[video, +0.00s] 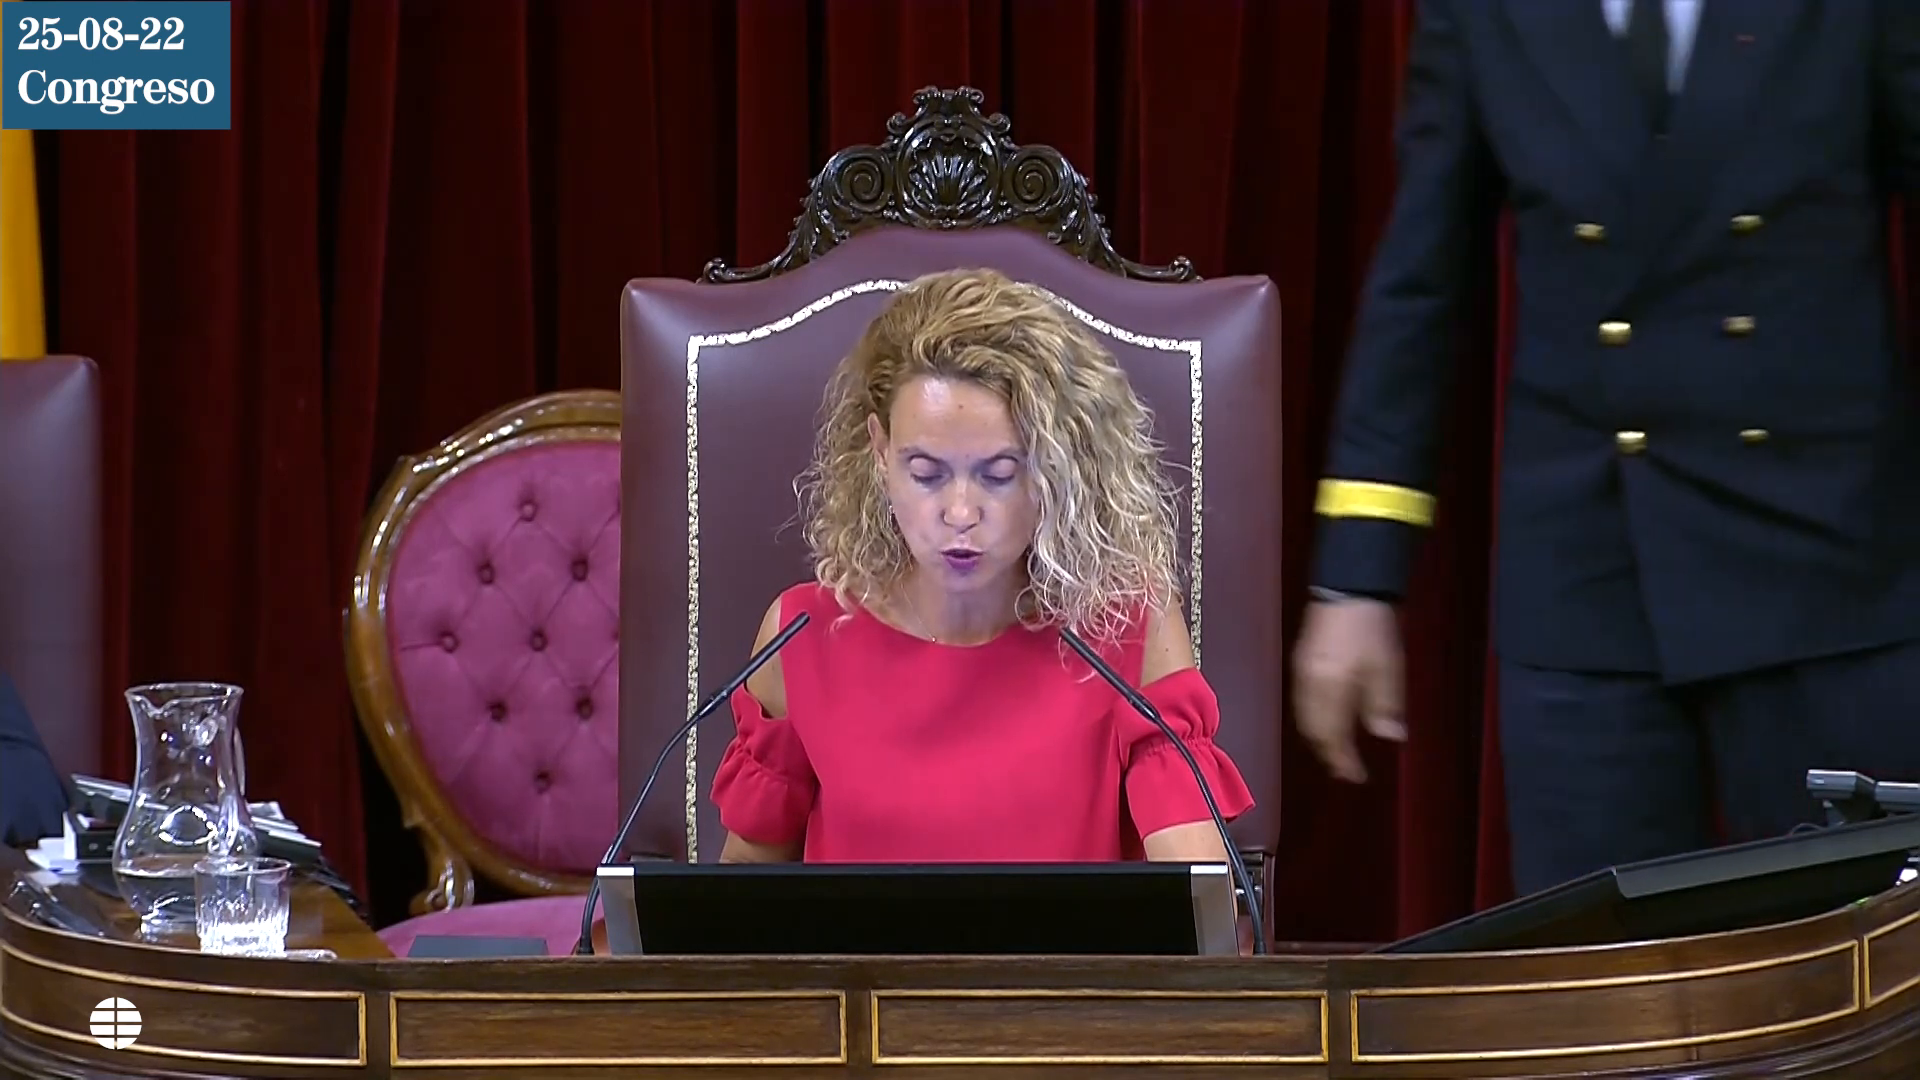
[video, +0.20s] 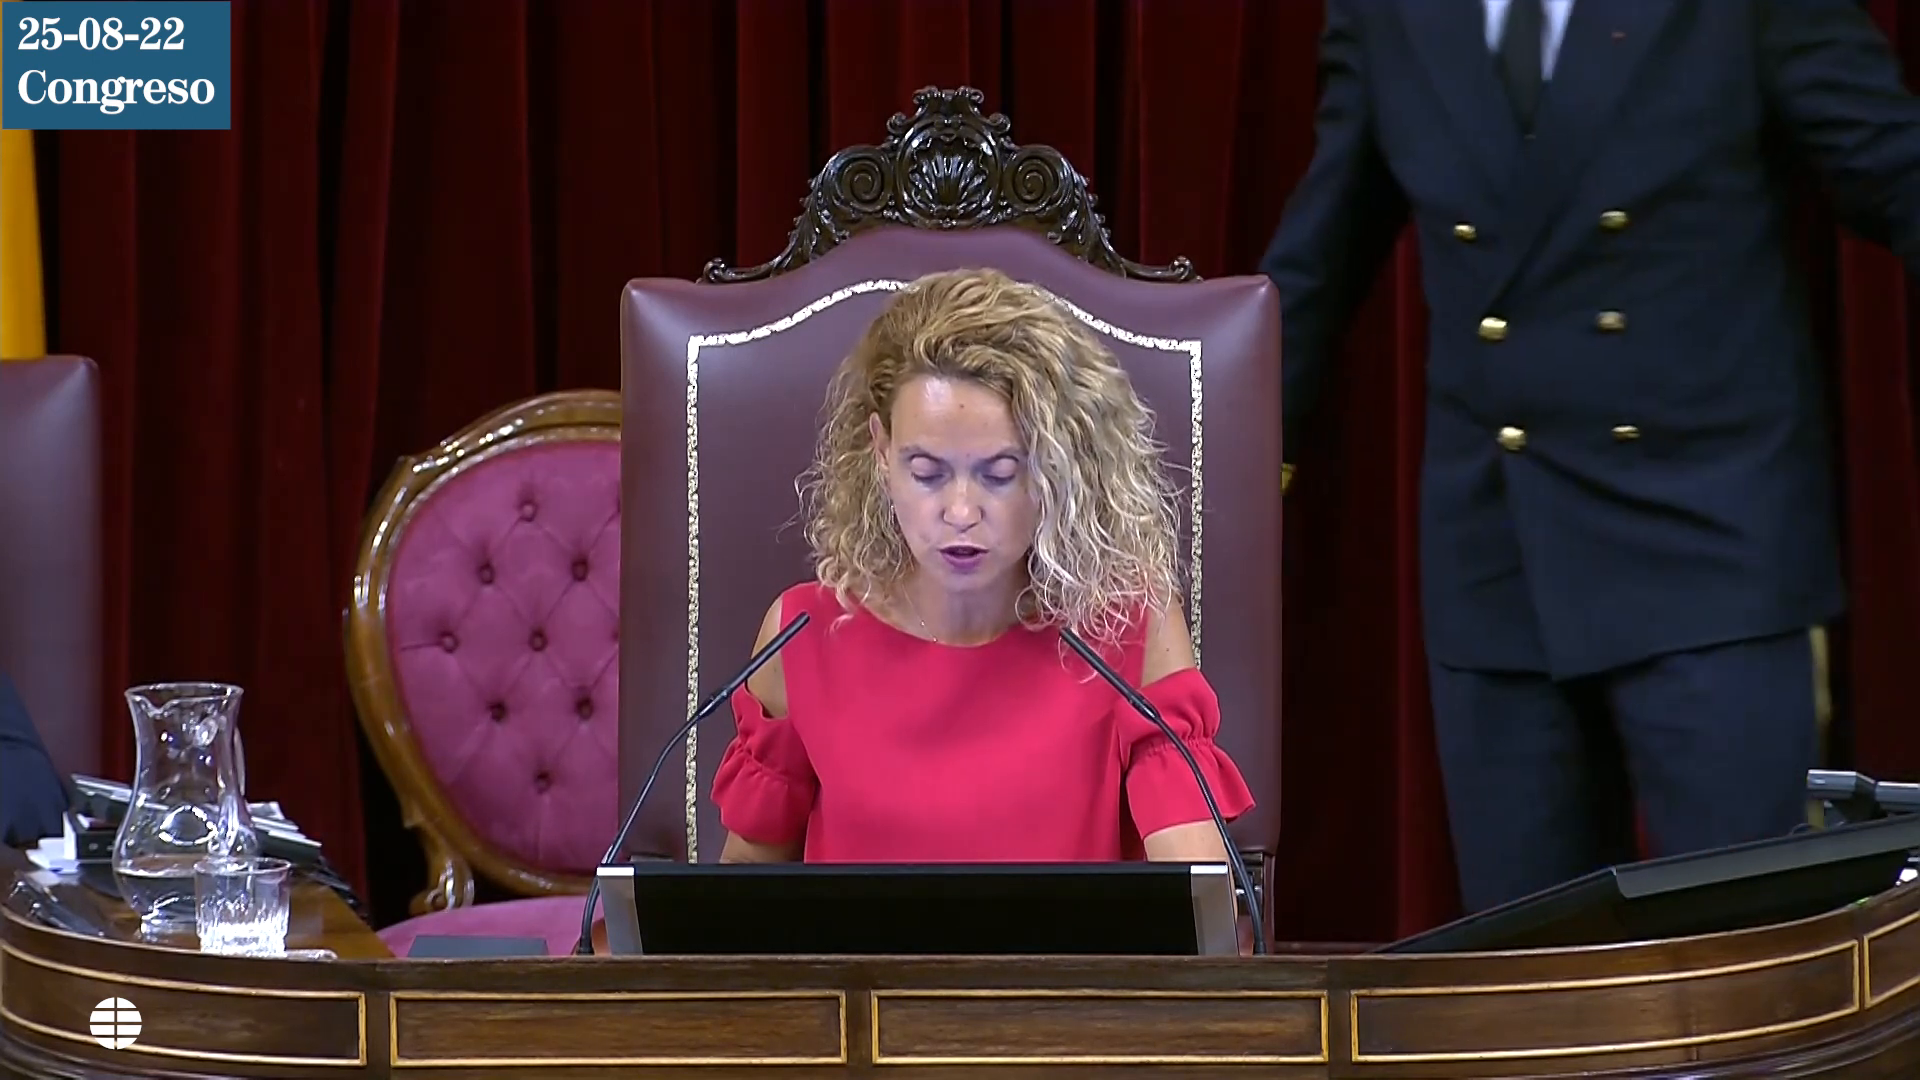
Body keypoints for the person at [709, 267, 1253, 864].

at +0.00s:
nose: (961, 512)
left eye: (999, 473)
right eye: (928, 471)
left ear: (1059, 465)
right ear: (879, 452)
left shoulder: (1128, 622)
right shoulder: (804, 631)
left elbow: (1203, 897)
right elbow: (749, 874)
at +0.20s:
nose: (961, 512)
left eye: (999, 473)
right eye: (928, 471)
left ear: (1058, 470)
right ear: (881, 458)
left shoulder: (1129, 622)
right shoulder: (806, 631)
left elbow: (1201, 893)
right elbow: (750, 875)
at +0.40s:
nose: (963, 511)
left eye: (1001, 472)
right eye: (929, 471)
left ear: (1060, 469)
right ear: (882, 459)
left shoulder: (1130, 621)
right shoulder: (805, 628)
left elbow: (1200, 894)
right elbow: (744, 884)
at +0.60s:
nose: (963, 510)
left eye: (1001, 472)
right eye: (929, 471)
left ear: (1060, 470)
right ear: (882, 460)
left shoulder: (1130, 621)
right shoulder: (805, 626)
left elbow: (1202, 894)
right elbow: (735, 874)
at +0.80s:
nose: (963, 512)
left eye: (1001, 473)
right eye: (930, 472)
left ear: (1061, 468)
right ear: (882, 456)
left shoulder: (1129, 624)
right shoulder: (804, 628)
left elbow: (1201, 896)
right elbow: (738, 876)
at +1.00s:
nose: (959, 513)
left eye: (996, 475)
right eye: (926, 473)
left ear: (1056, 472)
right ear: (879, 460)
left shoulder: (1128, 623)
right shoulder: (804, 630)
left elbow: (1200, 890)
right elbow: (740, 880)